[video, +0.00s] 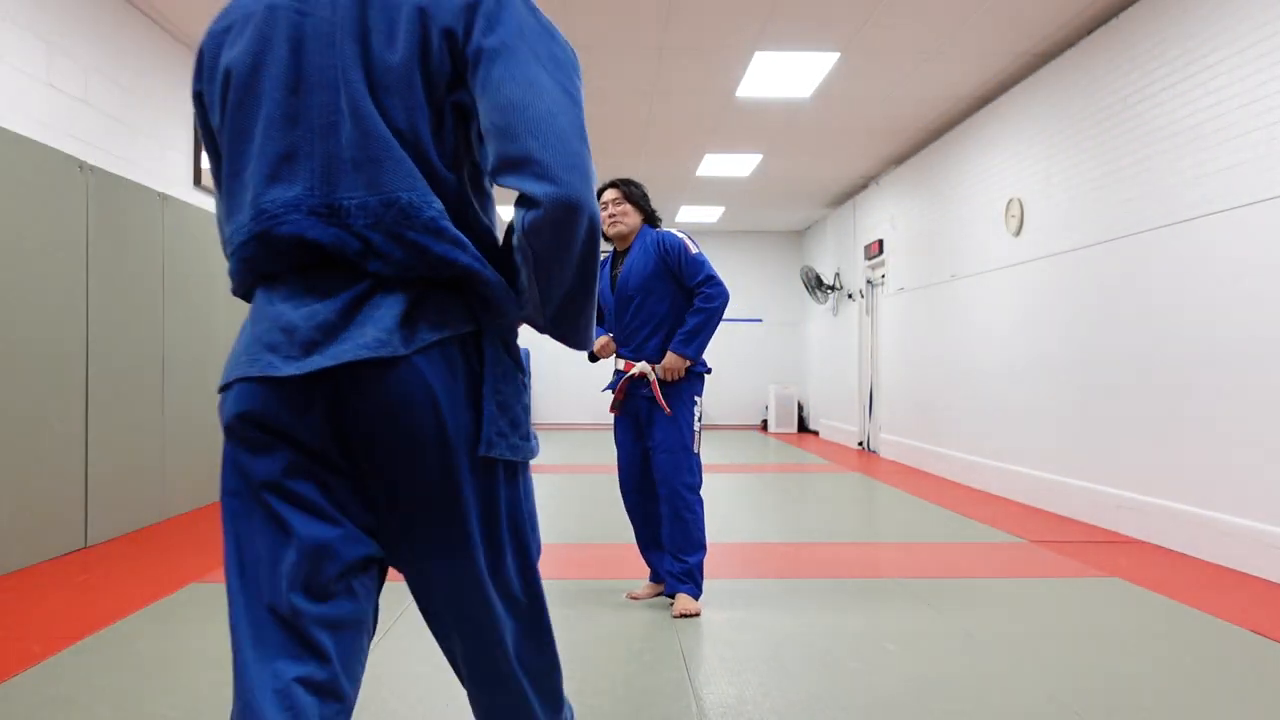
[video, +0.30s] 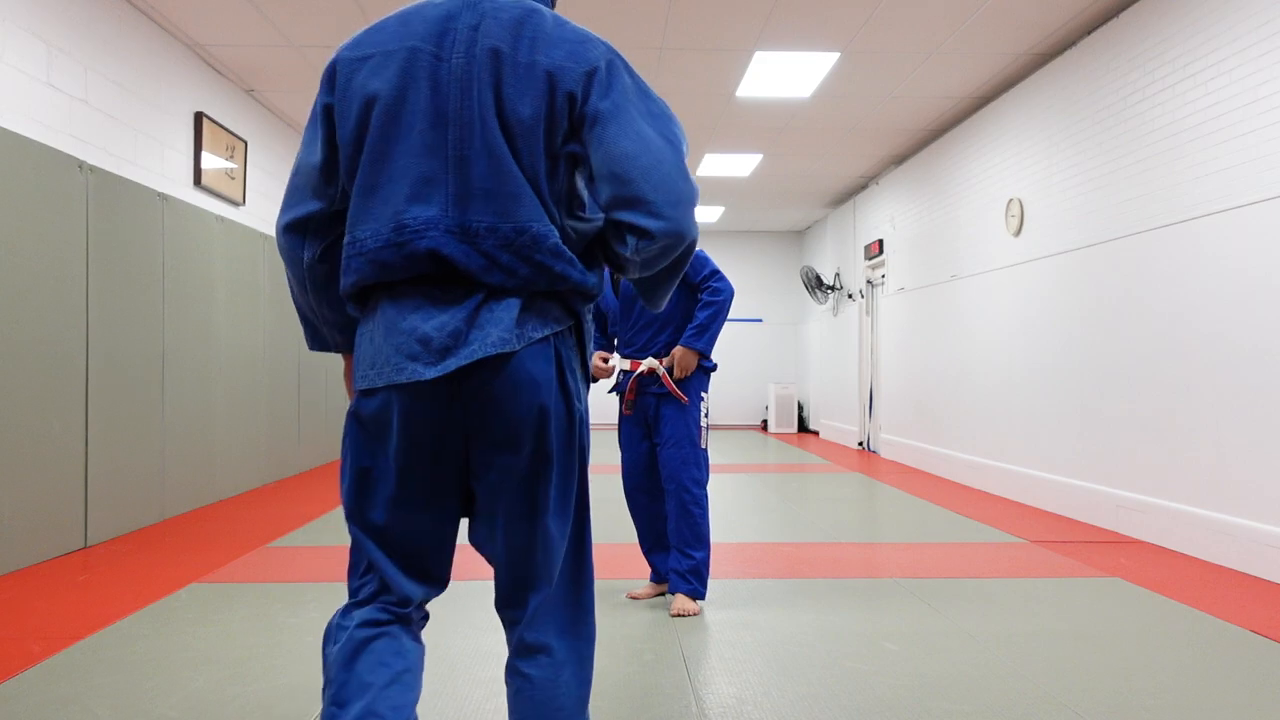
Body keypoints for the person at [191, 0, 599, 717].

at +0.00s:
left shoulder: (232, 24)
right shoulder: (481, 8)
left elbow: (243, 218)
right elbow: (560, 194)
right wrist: (552, 312)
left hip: (273, 363)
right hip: (433, 355)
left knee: (285, 678)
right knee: (508, 666)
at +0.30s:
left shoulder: (359, 55)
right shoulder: (577, 52)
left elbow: (303, 226)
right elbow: (662, 220)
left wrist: (348, 339)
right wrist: (610, 261)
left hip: (395, 354)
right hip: (530, 359)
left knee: (383, 599)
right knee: (545, 611)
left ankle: (366, 717)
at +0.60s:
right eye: (528, 26)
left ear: (456, 28)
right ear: (532, 27)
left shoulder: (390, 96)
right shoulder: (584, 88)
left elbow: (329, 251)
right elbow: (661, 234)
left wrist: (390, 337)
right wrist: (592, 305)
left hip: (427, 358)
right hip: (545, 353)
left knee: (433, 574)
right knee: (546, 579)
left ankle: (428, 709)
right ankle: (552, 714)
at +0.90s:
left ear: (414, 69)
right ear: (487, 65)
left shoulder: (361, 128)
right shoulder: (532, 115)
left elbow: (325, 266)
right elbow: (597, 243)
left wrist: (373, 348)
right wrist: (541, 303)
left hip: (398, 367)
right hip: (503, 359)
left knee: (423, 564)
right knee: (548, 551)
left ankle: (443, 714)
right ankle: (558, 710)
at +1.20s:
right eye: (473, 88)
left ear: (406, 92)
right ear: (475, 92)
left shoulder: (356, 139)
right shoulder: (514, 142)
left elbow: (312, 264)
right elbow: (561, 266)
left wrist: (362, 331)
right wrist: (517, 324)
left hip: (394, 359)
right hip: (488, 355)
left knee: (412, 538)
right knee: (499, 521)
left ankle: (435, 709)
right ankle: (501, 695)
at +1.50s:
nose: (410, 124)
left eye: (413, 116)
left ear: (419, 117)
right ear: (482, 120)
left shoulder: (382, 158)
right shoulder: (522, 177)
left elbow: (324, 265)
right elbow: (547, 293)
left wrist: (359, 332)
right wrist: (497, 336)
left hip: (403, 363)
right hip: (488, 365)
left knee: (394, 535)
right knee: (470, 530)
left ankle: (432, 695)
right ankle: (452, 684)